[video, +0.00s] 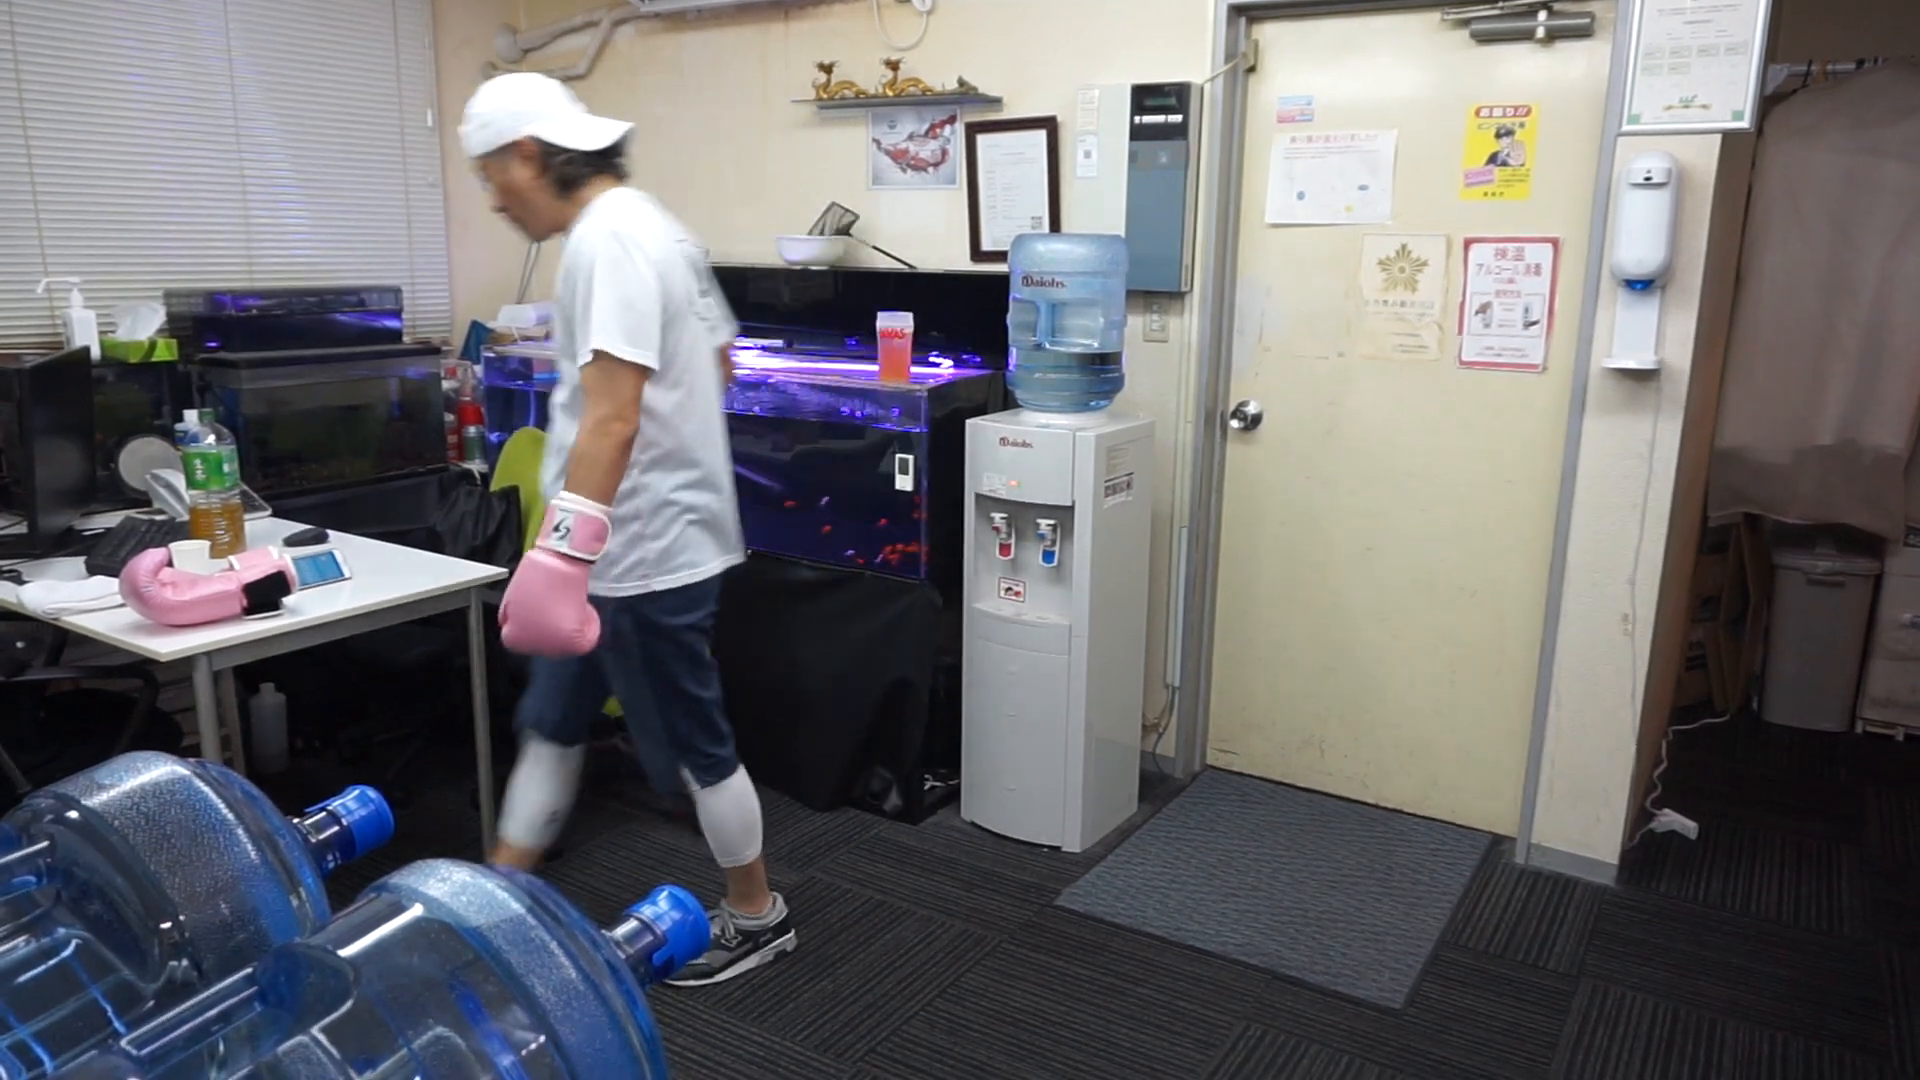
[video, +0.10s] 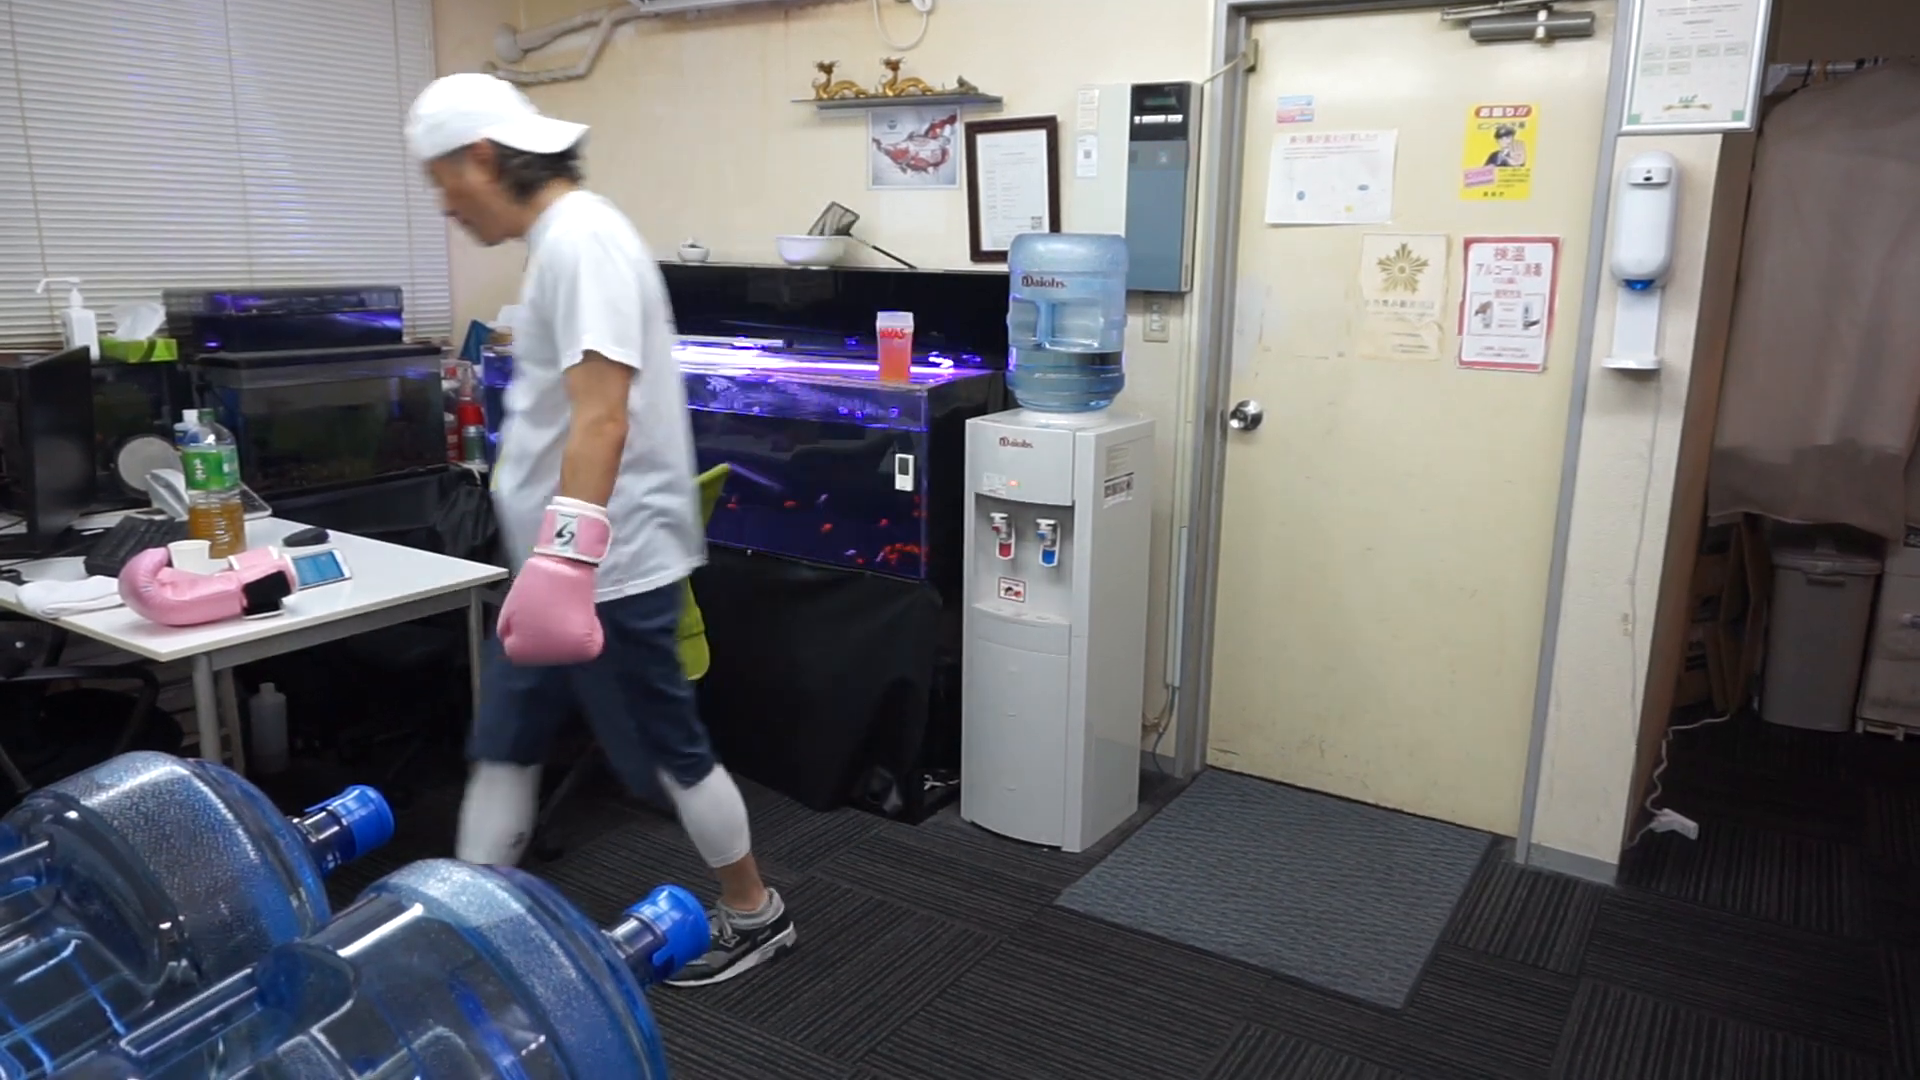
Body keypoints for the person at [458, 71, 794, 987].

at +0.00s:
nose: (493, 198)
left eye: (494, 175)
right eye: (485, 181)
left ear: (537, 154)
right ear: (554, 156)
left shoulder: (609, 241)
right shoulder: (649, 227)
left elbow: (613, 418)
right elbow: (716, 356)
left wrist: (563, 552)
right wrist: (647, 451)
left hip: (648, 557)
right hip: (623, 552)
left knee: (698, 745)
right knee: (550, 724)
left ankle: (756, 911)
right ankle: (496, 903)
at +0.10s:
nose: (447, 207)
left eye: (445, 183)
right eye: (437, 189)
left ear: (488, 158)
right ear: (493, 158)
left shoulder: (583, 241)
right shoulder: (559, 243)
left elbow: (601, 417)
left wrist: (566, 558)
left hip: (617, 570)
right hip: (558, 566)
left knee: (674, 751)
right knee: (503, 750)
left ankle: (751, 906)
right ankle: (469, 931)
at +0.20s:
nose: (390, 203)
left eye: (390, 178)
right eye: (382, 183)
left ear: (438, 153)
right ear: (441, 156)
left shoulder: (549, 237)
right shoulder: (503, 243)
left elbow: (586, 402)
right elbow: (522, 402)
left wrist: (571, 548)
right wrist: (451, 470)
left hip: (554, 571)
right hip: (487, 569)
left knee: (611, 756)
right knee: (457, 760)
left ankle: (743, 904)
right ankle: (453, 941)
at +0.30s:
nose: (334, 194)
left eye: (335, 168)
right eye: (326, 173)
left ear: (388, 143)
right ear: (389, 148)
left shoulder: (511, 227)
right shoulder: (443, 246)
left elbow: (567, 383)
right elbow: (460, 406)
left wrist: (573, 531)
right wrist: (370, 464)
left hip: (500, 581)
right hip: (431, 581)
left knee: (516, 792)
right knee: (429, 789)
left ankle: (688, 878)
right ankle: (455, 963)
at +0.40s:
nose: (284, 182)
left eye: (288, 156)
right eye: (277, 164)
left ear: (351, 130)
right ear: (341, 139)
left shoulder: (478, 218)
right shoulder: (375, 247)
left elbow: (551, 372)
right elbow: (375, 386)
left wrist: (561, 518)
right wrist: (300, 474)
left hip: (458, 578)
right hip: (387, 577)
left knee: (421, 803)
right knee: (413, 798)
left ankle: (588, 887)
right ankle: (457, 974)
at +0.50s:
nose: (241, 176)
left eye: (248, 150)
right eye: (231, 157)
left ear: (318, 125)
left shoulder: (450, 217)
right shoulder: (315, 244)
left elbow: (529, 373)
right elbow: (315, 387)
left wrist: (542, 512)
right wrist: (256, 497)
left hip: (426, 574)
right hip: (347, 577)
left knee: (339, 809)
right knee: (419, 793)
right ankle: (459, 973)